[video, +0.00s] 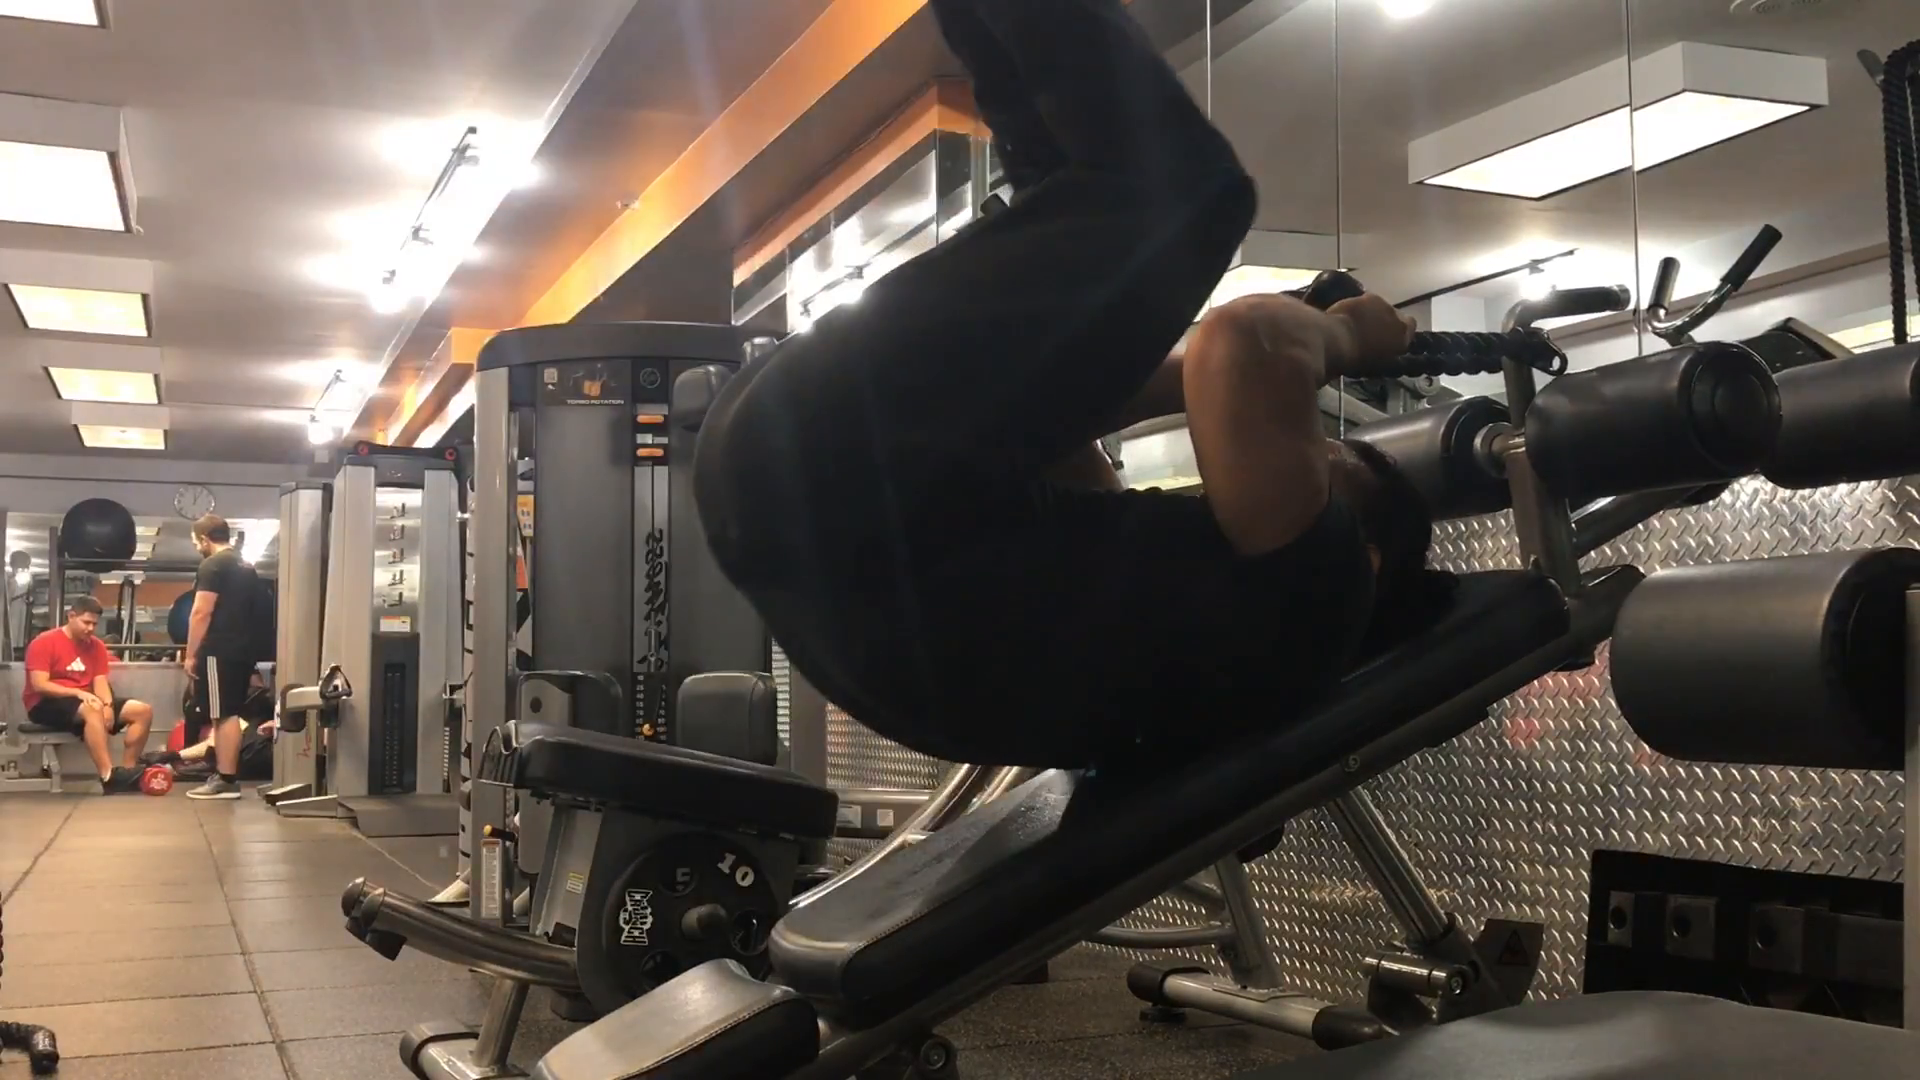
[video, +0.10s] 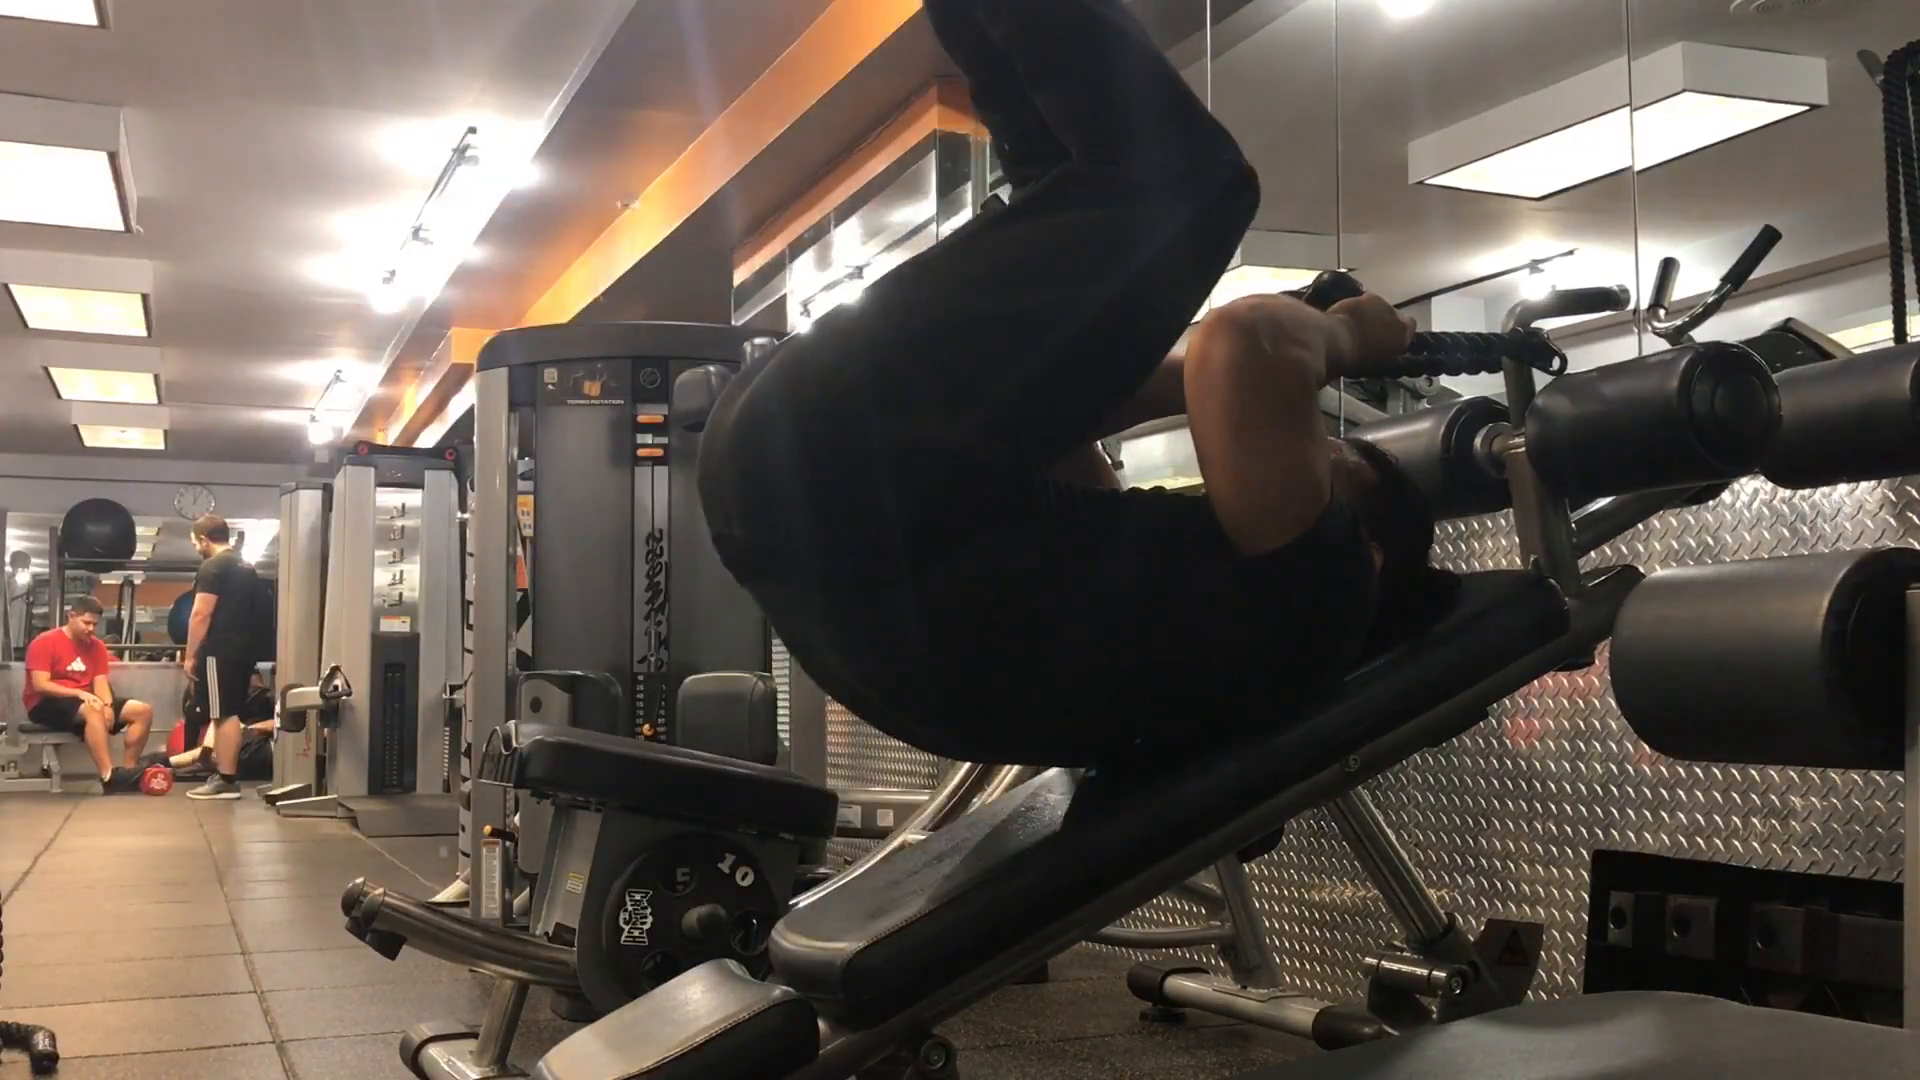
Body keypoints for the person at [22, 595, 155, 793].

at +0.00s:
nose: (90, 629)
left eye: (94, 624)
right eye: (86, 622)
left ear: (98, 623)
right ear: (71, 616)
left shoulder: (97, 646)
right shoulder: (44, 643)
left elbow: (100, 682)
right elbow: (39, 684)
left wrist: (107, 705)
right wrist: (79, 693)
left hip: (83, 702)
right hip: (46, 704)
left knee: (143, 711)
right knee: (92, 711)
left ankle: (129, 773)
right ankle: (108, 777)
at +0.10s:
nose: (90, 629)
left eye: (94, 624)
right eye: (86, 623)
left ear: (98, 623)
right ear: (71, 616)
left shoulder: (97, 646)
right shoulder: (44, 643)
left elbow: (100, 682)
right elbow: (40, 684)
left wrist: (107, 706)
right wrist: (79, 693)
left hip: (83, 702)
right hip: (46, 704)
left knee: (143, 711)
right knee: (93, 712)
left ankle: (129, 773)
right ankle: (108, 777)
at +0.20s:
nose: (90, 629)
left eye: (94, 624)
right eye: (86, 622)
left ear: (98, 623)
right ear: (71, 616)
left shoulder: (96, 646)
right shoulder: (44, 642)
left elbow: (101, 682)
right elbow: (40, 684)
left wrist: (108, 706)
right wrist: (80, 693)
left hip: (82, 702)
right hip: (46, 704)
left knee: (143, 711)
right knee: (93, 712)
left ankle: (130, 773)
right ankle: (108, 777)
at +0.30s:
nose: (89, 628)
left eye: (93, 623)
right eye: (85, 621)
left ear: (97, 623)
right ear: (70, 616)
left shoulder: (95, 646)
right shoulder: (43, 642)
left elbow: (100, 682)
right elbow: (39, 683)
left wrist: (108, 705)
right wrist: (80, 693)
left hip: (82, 702)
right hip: (46, 704)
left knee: (143, 711)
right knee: (94, 712)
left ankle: (129, 772)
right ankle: (108, 777)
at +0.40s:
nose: (87, 626)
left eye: (91, 622)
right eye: (83, 620)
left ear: (94, 622)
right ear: (68, 614)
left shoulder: (93, 646)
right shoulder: (41, 641)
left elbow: (99, 681)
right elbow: (39, 683)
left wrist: (107, 704)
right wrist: (79, 692)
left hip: (82, 701)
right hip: (45, 703)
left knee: (143, 711)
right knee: (94, 711)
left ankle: (129, 773)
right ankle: (107, 777)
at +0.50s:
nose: (84, 625)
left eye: (88, 620)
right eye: (80, 618)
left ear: (92, 621)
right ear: (66, 613)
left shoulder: (91, 645)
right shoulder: (39, 640)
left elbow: (97, 680)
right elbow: (38, 682)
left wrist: (106, 702)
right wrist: (78, 691)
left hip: (80, 701)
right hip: (44, 702)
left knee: (142, 711)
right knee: (93, 709)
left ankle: (129, 774)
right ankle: (106, 776)